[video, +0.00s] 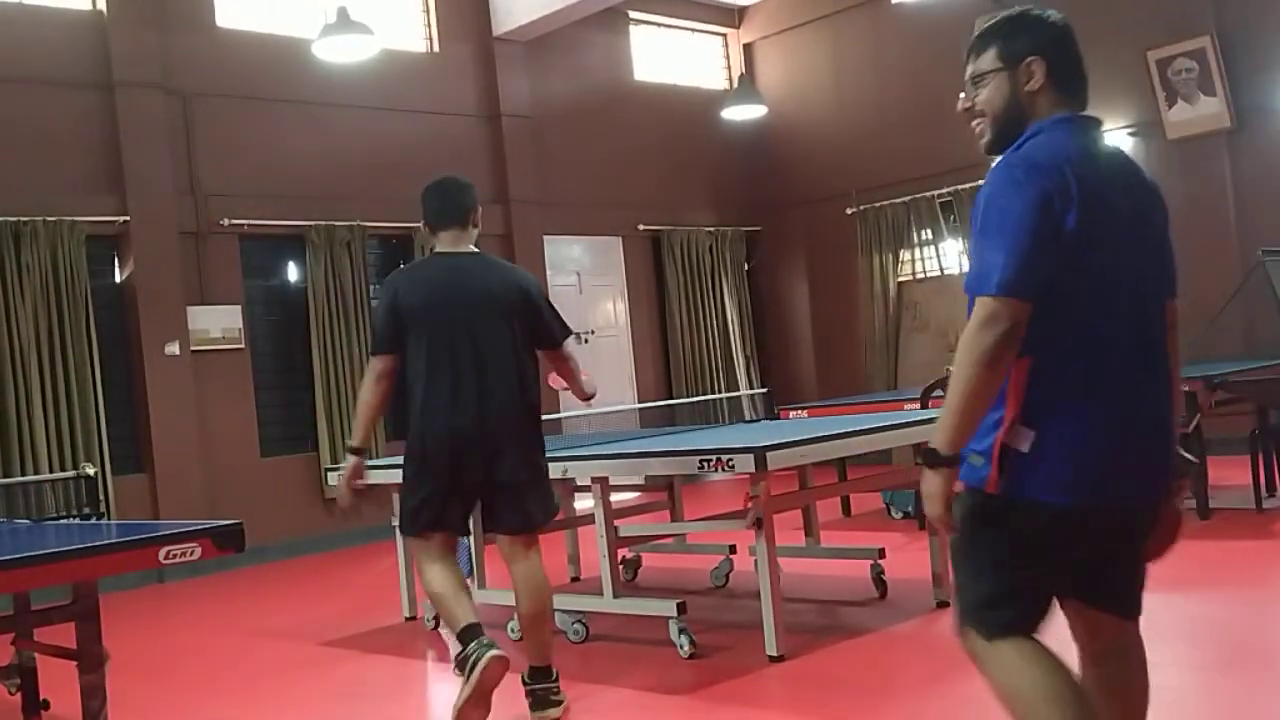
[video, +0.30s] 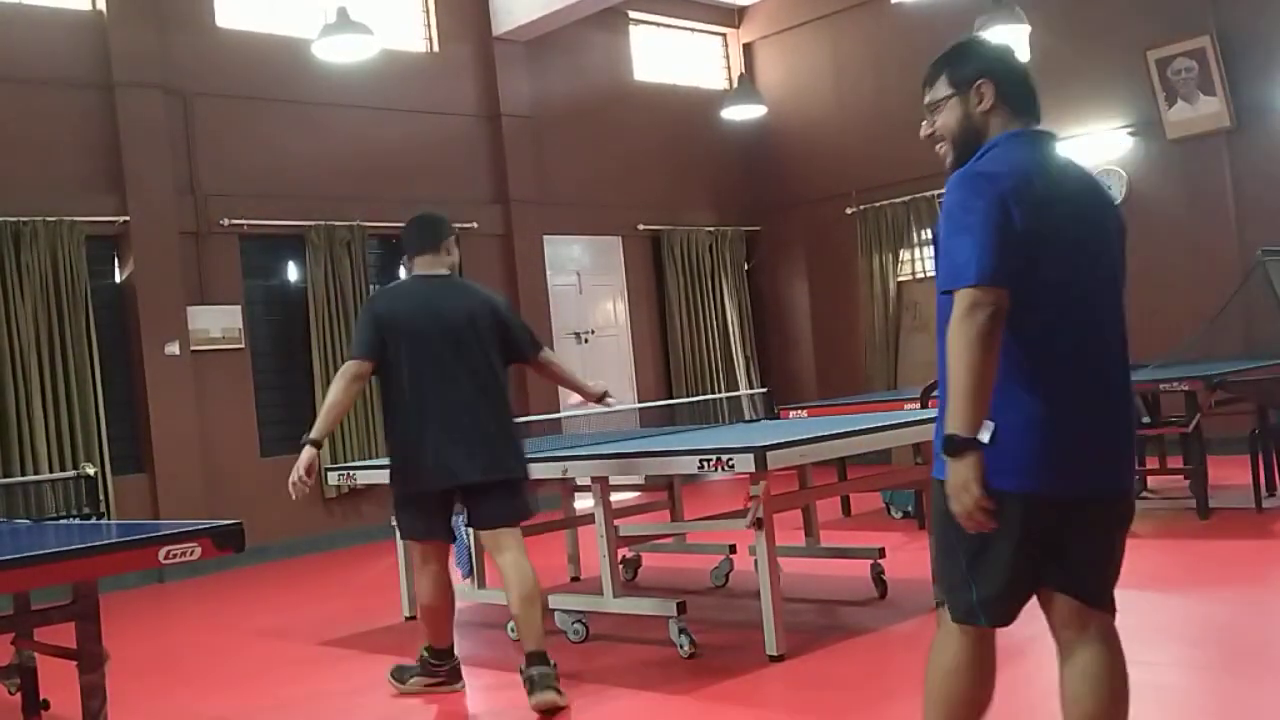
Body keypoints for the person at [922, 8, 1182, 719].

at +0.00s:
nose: (965, 103)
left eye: (978, 81)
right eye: (964, 87)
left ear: (1032, 75)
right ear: (1041, 81)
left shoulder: (1023, 172)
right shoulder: (1134, 179)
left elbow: (996, 321)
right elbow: (1162, 330)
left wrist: (939, 455)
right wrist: (1164, 464)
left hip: (1038, 461)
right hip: (1129, 456)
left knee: (990, 628)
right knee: (1107, 631)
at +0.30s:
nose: (927, 128)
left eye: (934, 106)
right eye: (925, 113)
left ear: (982, 96)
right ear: (1000, 101)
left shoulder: (980, 182)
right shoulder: (1089, 186)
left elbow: (979, 306)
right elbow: (1094, 323)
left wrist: (959, 446)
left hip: (1003, 456)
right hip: (1098, 452)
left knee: (963, 621)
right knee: (1083, 618)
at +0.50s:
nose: (901, 148)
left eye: (907, 127)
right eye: (898, 133)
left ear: (952, 116)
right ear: (968, 121)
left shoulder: (945, 200)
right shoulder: (1056, 200)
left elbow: (937, 311)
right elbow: (1069, 334)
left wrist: (889, 443)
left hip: (974, 457)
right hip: (1071, 452)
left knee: (950, 613)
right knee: (1061, 614)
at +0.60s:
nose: (886, 150)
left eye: (893, 131)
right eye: (884, 135)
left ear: (938, 123)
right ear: (952, 125)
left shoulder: (921, 211)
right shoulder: (1048, 209)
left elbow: (898, 326)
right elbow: (1050, 337)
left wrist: (855, 450)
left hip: (948, 464)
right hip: (1046, 456)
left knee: (949, 614)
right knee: (1045, 610)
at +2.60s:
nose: (863, 231)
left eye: (867, 218)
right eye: (860, 221)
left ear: (901, 209)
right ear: (917, 210)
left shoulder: (891, 268)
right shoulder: (983, 248)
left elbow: (868, 364)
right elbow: (1026, 320)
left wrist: (872, 352)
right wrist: (1022, 387)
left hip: (940, 421)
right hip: (1002, 410)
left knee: (939, 530)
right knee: (1004, 515)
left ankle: (957, 654)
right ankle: (1029, 618)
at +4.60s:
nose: (1153, 195)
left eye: (1159, 184)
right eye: (1152, 186)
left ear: (1186, 181)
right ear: (1190, 183)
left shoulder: (1213, 228)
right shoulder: (1201, 230)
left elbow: (1224, 302)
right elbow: (1213, 310)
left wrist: (1148, 316)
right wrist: (1165, 340)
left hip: (1222, 387)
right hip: (1223, 386)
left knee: (1217, 487)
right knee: (1247, 485)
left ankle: (1242, 600)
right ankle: (1259, 589)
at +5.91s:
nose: (1112, 188)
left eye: (1122, 179)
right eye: (1109, 180)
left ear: (1158, 181)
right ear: (1113, 182)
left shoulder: (1168, 238)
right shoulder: (1141, 233)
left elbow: (1160, 322)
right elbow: (1144, 306)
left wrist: (1080, 311)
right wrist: (1112, 339)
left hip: (1184, 395)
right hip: (1145, 393)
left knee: (1197, 491)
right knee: (1131, 473)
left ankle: (1215, 606)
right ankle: (1189, 569)